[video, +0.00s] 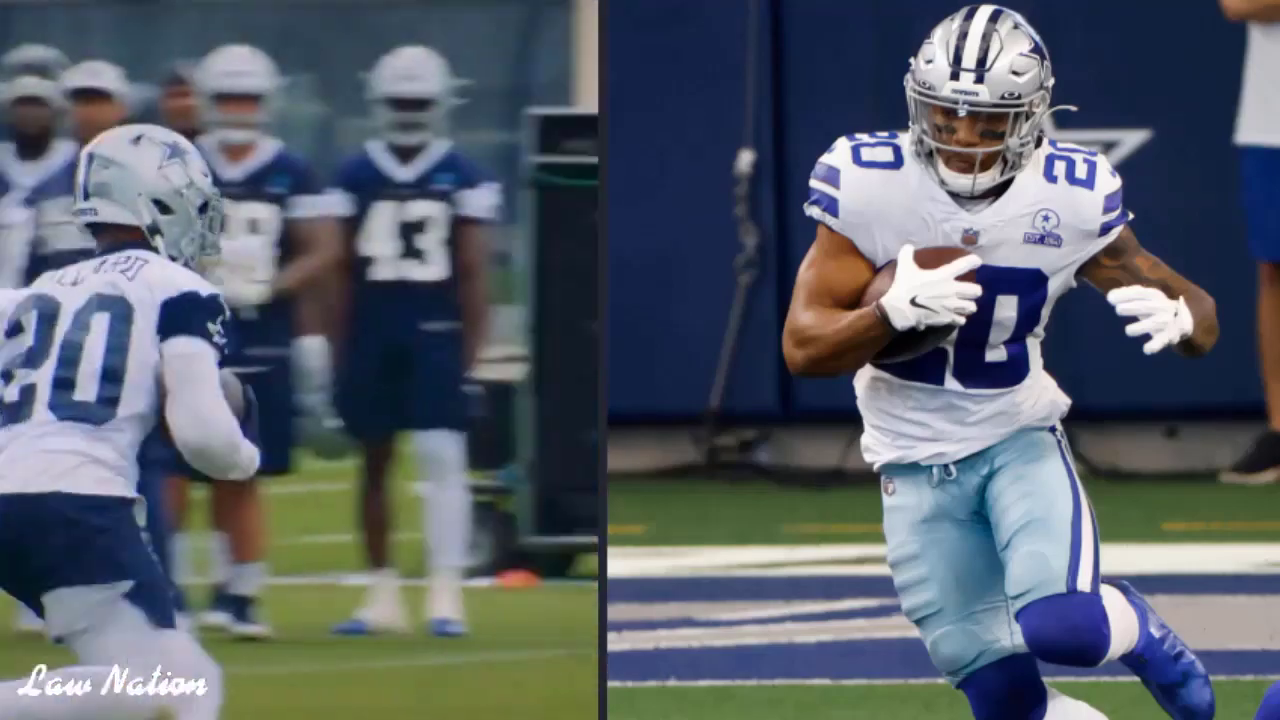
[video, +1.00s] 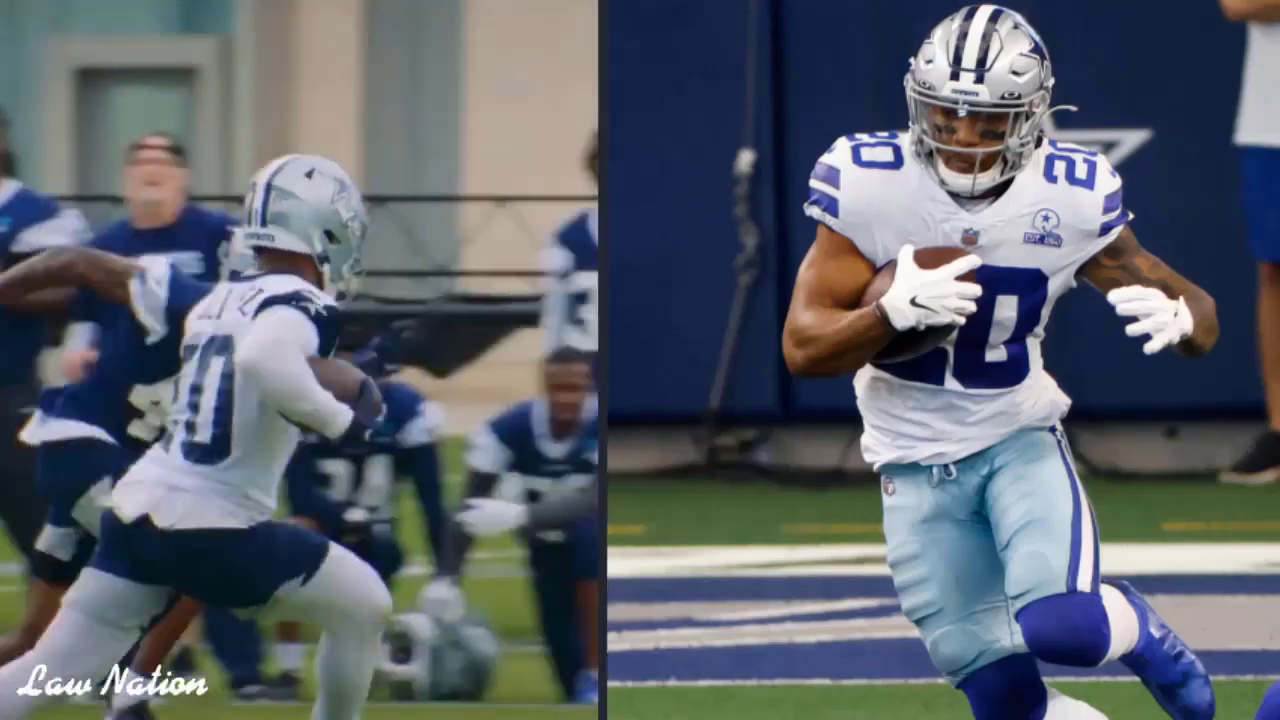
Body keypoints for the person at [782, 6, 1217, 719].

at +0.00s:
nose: (965, 137)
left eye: (987, 121)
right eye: (950, 116)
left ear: (1027, 118)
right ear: (922, 109)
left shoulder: (1071, 193)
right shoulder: (863, 179)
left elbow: (1196, 308)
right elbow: (801, 349)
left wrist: (1181, 319)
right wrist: (887, 313)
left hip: (1018, 437)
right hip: (911, 468)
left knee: (1054, 626)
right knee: (1001, 697)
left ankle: (1142, 633)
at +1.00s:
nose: (965, 137)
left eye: (987, 121)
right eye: (950, 116)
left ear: (1027, 118)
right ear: (922, 109)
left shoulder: (1071, 194)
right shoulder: (863, 180)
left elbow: (1197, 309)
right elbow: (801, 350)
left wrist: (1180, 318)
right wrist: (887, 313)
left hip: (1018, 437)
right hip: (911, 468)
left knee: (1054, 626)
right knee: (1001, 697)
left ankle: (1142, 633)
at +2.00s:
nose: (965, 137)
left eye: (988, 121)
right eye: (950, 116)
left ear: (1027, 118)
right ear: (922, 108)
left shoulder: (1071, 194)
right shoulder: (863, 179)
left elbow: (1196, 308)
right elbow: (801, 349)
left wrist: (1181, 319)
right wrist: (887, 313)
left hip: (1018, 437)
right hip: (911, 467)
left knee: (1054, 626)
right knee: (1001, 697)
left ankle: (1142, 633)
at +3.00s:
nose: (965, 137)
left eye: (988, 121)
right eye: (950, 116)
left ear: (1027, 119)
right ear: (922, 109)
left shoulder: (1070, 193)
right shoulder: (863, 179)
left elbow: (1196, 307)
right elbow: (801, 349)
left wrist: (1181, 319)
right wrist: (887, 313)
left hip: (1018, 437)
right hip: (911, 468)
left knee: (1054, 626)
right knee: (1001, 697)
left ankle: (1141, 632)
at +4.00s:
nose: (966, 137)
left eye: (988, 121)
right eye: (950, 116)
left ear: (1027, 119)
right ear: (922, 109)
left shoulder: (1070, 193)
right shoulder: (863, 179)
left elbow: (1196, 308)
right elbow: (801, 349)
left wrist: (1181, 319)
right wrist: (887, 313)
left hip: (1018, 437)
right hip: (911, 468)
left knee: (1054, 626)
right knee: (1001, 697)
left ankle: (1141, 632)